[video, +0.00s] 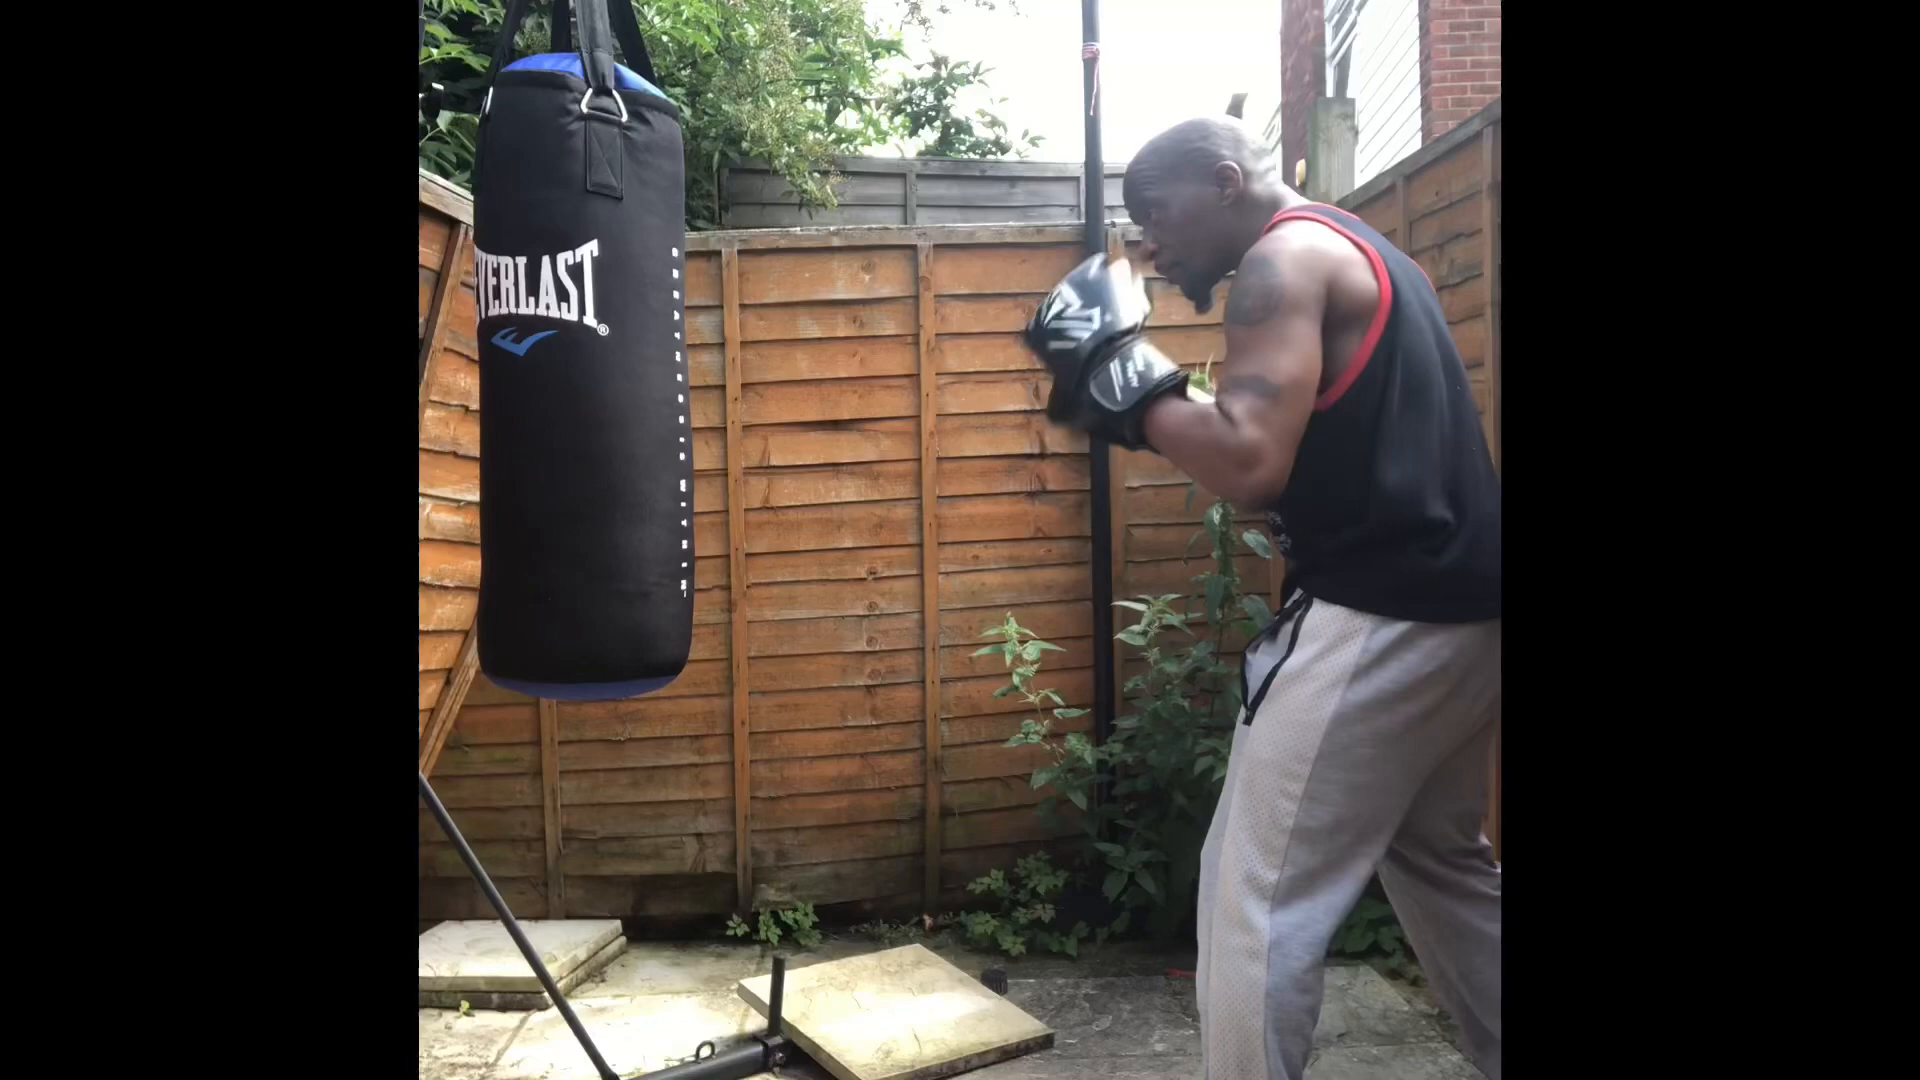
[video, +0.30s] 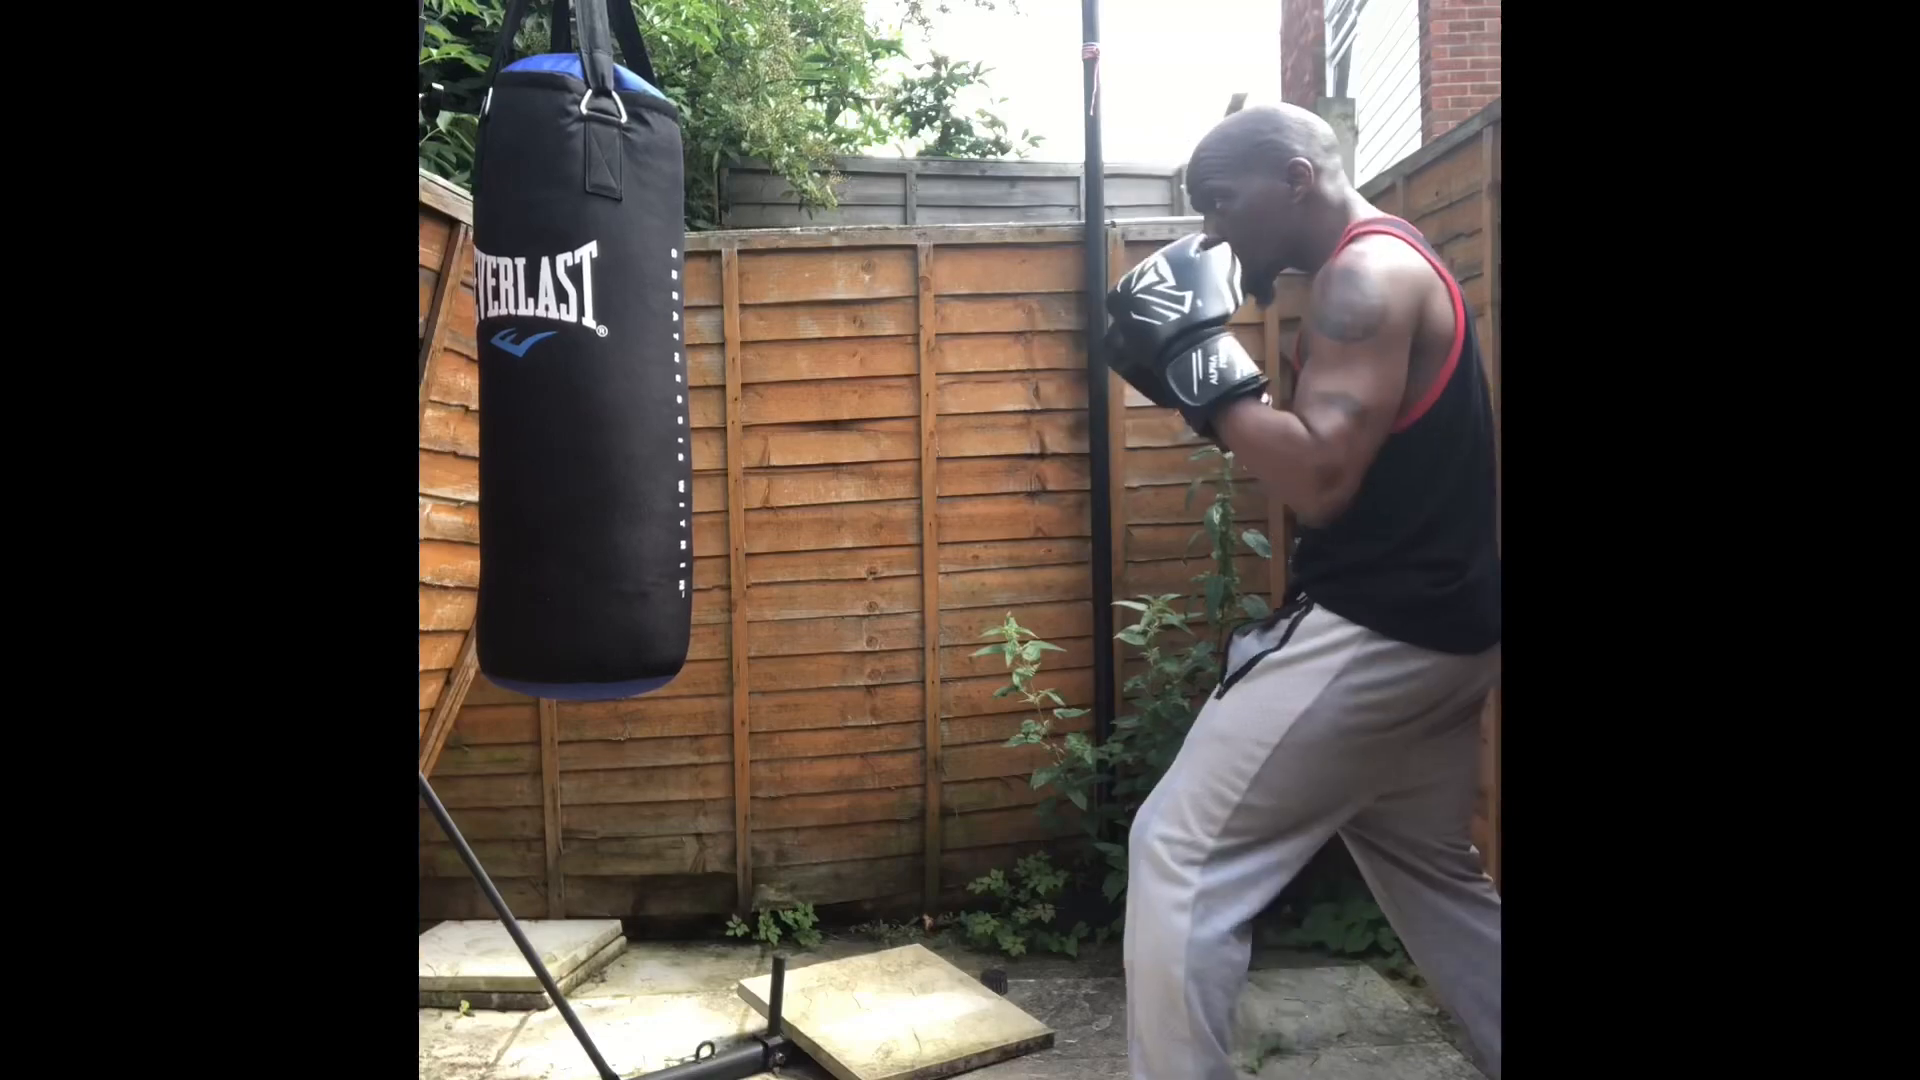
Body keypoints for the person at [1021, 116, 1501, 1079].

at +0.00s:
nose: (1151, 253)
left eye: (1156, 224)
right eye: (1141, 233)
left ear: (1226, 185)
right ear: (1238, 181)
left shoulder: (1286, 260)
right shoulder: (1346, 244)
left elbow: (1249, 464)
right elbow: (1272, 446)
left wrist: (1123, 366)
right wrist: (1134, 404)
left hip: (1386, 607)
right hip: (1464, 598)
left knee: (1254, 891)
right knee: (1442, 858)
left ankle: (1249, 1068)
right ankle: (1498, 1052)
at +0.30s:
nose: (1217, 236)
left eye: (1224, 207)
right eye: (1208, 213)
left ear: (1298, 181)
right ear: (1300, 188)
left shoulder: (1367, 274)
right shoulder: (1370, 261)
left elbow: (1319, 475)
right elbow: (1305, 455)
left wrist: (1196, 359)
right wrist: (1179, 383)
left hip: (1384, 623)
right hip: (1436, 620)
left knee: (1179, 846)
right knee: (1433, 872)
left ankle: (1176, 1067)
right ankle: (1502, 1049)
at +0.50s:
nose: (1119, 215)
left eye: (1123, 187)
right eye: (1115, 194)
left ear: (1182, 167)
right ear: (1236, 164)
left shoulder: (1200, 253)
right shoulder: (1358, 237)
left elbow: (993, 267)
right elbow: (1318, 386)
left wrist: (821, 231)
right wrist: (1174, 386)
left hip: (1339, 626)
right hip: (1469, 608)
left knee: (1180, 879)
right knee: (1470, 876)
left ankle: (1130, 1070)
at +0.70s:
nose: (1073, 247)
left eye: (1078, 219)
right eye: (1068, 224)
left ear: (1148, 197)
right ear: (1171, 194)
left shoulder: (1168, 265)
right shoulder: (1311, 265)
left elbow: (1034, 413)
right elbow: (1258, 433)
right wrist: (1110, 422)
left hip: (1290, 645)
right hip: (1427, 631)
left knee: (1131, 893)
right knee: (1418, 865)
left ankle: (1106, 1071)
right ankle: (1499, 1052)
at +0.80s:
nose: (1089, 243)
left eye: (1098, 212)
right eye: (1083, 218)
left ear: (1173, 193)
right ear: (1188, 197)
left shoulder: (1207, 272)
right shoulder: (1319, 261)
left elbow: (1141, 469)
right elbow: (1277, 432)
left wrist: (1035, 381)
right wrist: (1139, 355)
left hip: (1297, 636)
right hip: (1420, 626)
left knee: (1139, 898)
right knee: (1427, 882)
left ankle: (1109, 1068)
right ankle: (1501, 1053)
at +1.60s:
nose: (1029, 203)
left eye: (1047, 173)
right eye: (1022, 181)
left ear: (1134, 157)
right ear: (1140, 165)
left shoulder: (1172, 253)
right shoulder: (1211, 235)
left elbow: (1057, 441)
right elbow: (1198, 403)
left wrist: (910, 341)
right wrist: (1060, 336)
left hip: (1259, 644)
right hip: (1333, 626)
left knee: (1076, 884)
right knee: (1404, 901)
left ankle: (1065, 1069)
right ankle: (1497, 1051)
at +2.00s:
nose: (1062, 240)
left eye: (1070, 209)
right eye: (1055, 215)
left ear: (1146, 185)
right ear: (1163, 188)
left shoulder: (1200, 270)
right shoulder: (1284, 253)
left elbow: (1155, 494)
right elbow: (1245, 448)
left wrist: (1023, 370)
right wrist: (1109, 360)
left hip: (1257, 660)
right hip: (1352, 637)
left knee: (1077, 895)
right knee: (1353, 892)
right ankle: (1490, 1056)